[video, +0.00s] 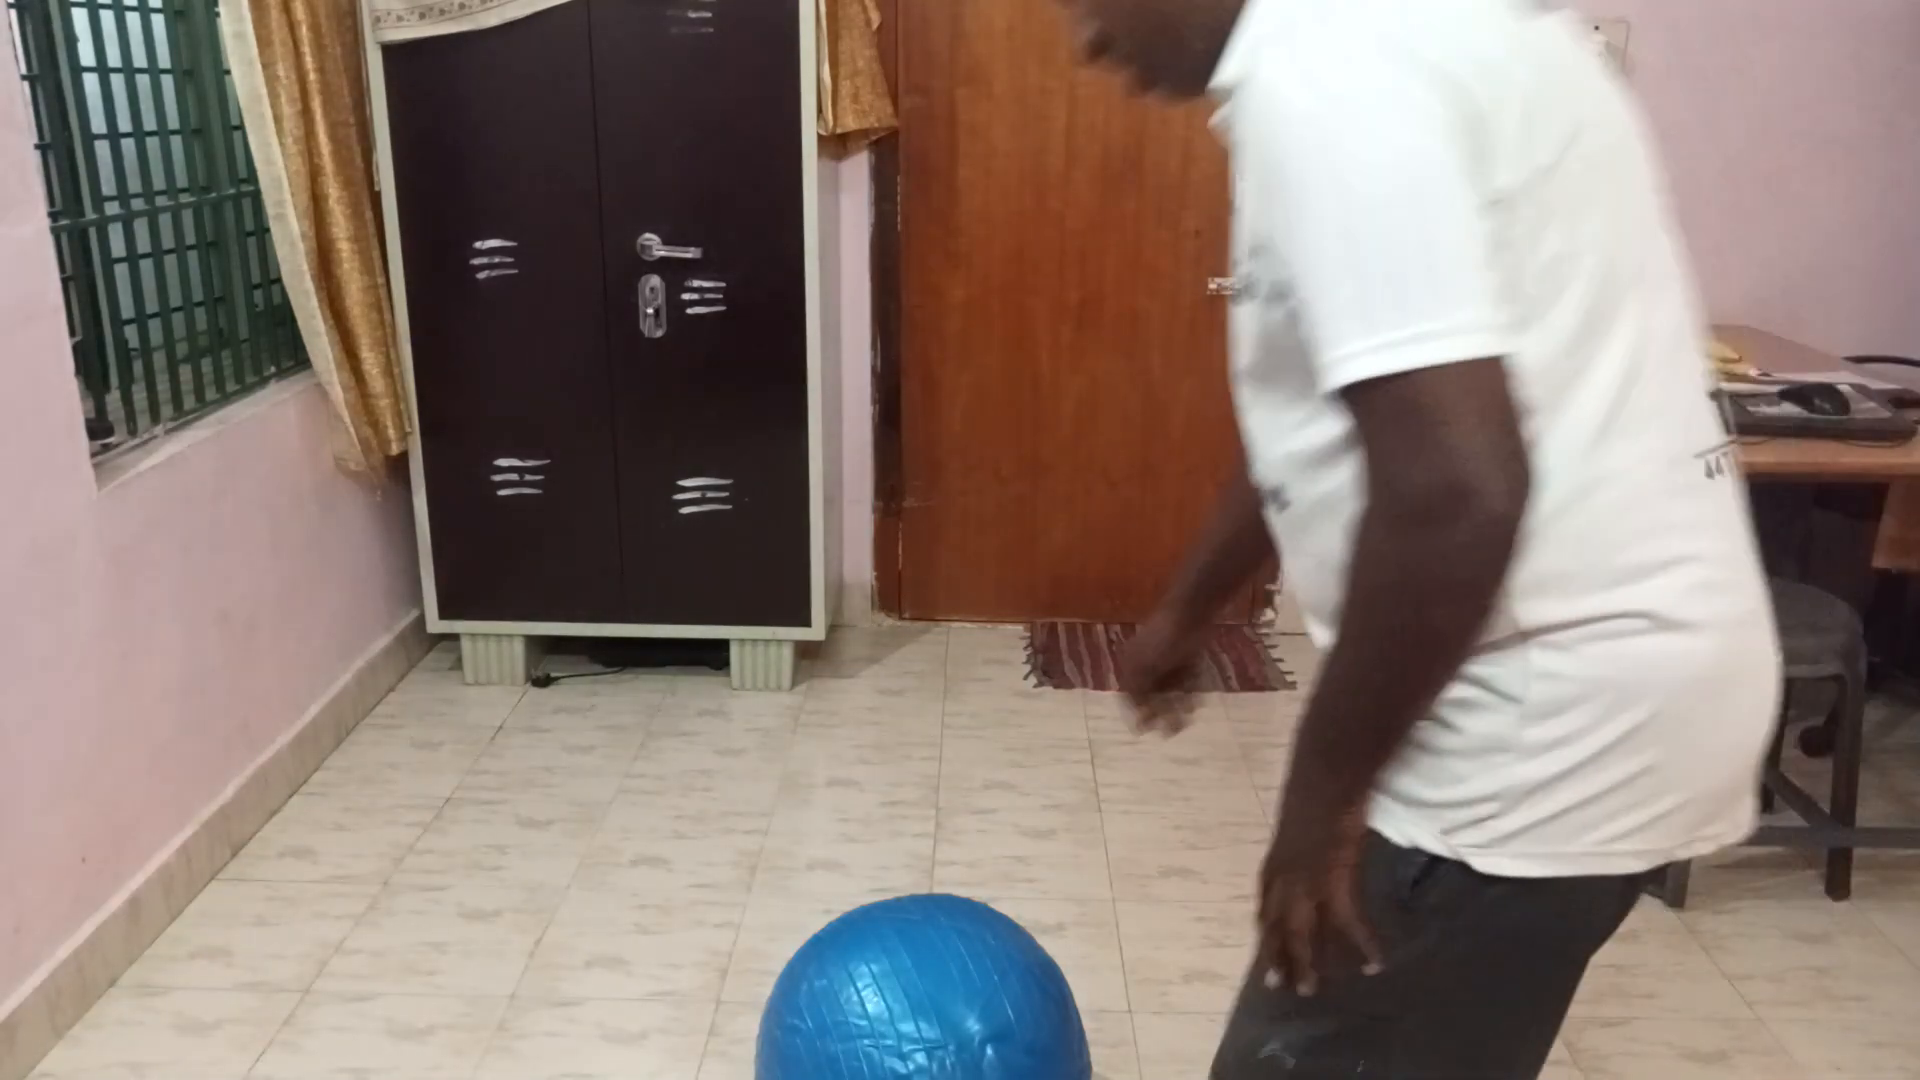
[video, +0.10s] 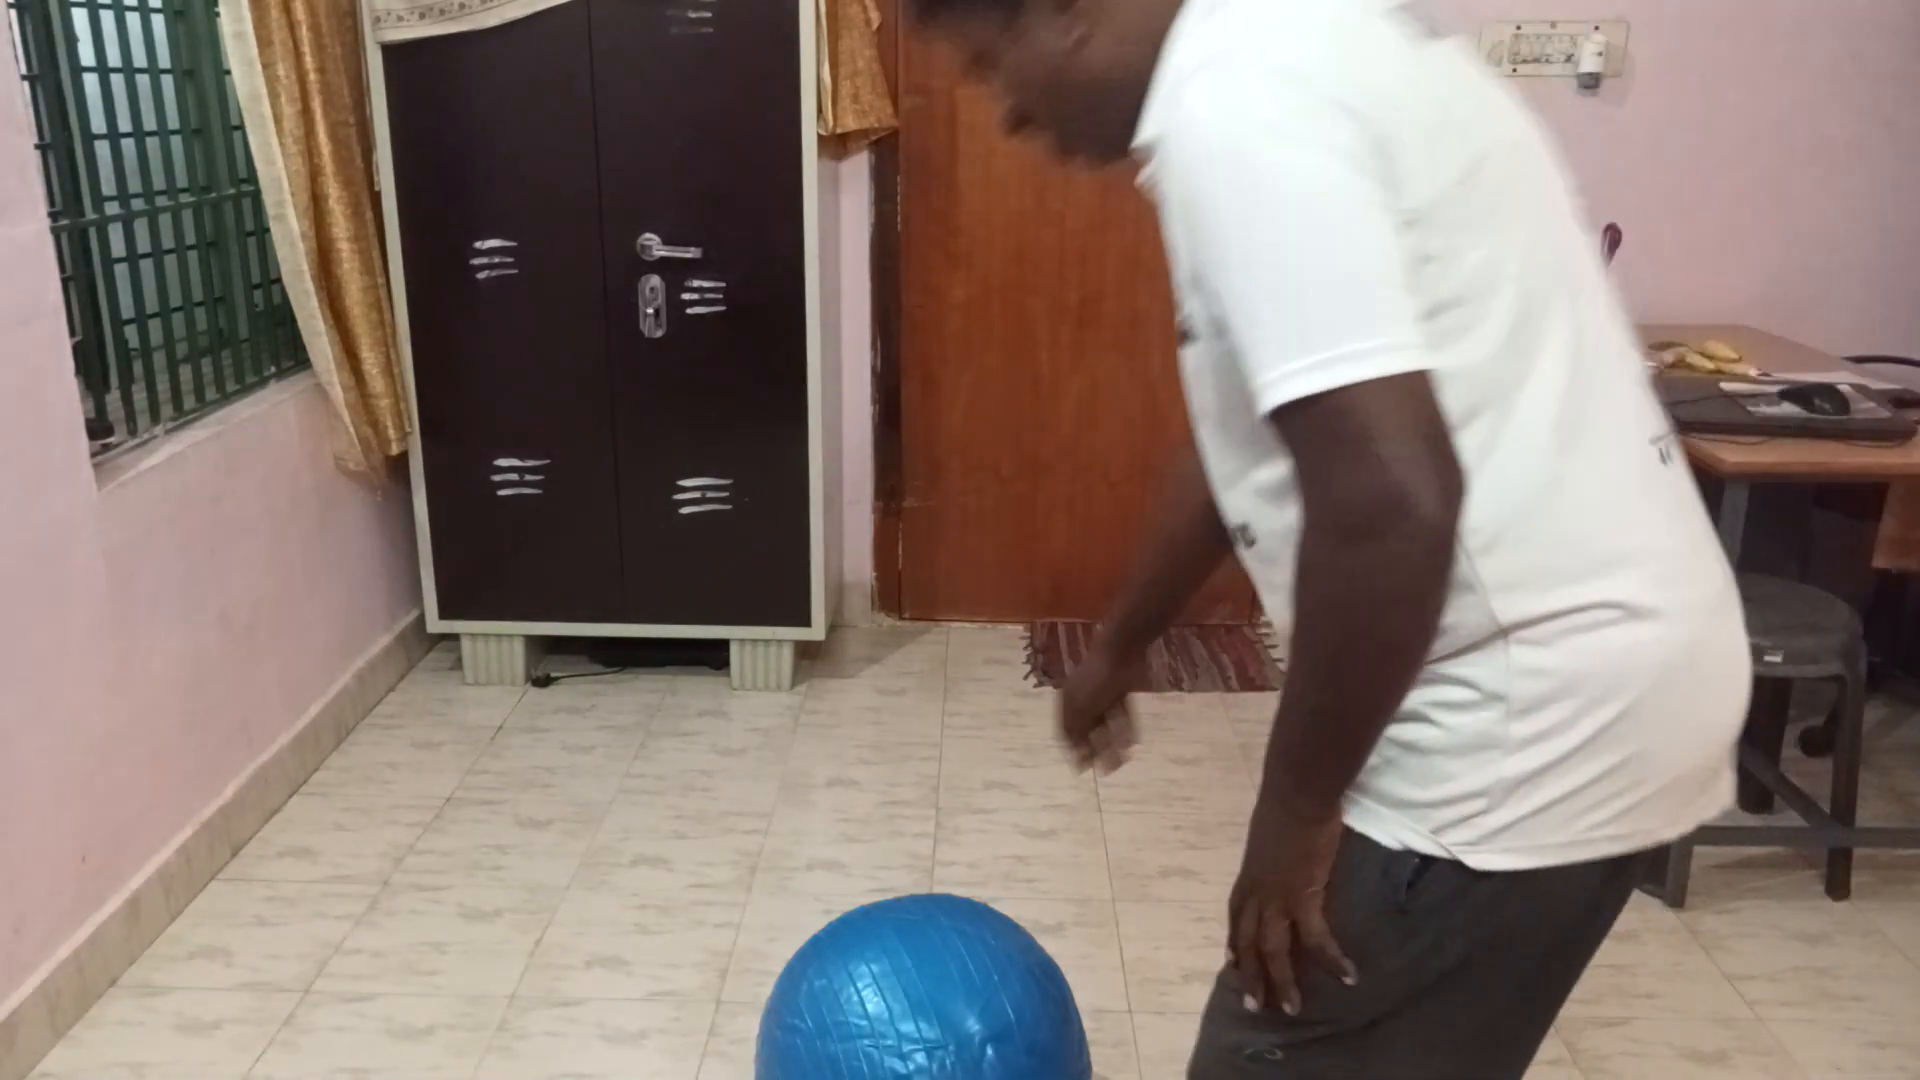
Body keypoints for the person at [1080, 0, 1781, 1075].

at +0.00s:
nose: (1085, 41)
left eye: (1087, 6)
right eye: (1078, 15)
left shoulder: (1323, 64)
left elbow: (1453, 489)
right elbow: (1326, 402)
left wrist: (1320, 802)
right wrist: (1185, 611)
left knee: (1290, 1060)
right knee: (1400, 1053)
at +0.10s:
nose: (999, 106)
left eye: (987, 59)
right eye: (974, 73)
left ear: (1070, 8)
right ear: (1075, 9)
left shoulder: (1235, 98)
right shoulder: (1312, 42)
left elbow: (1387, 500)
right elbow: (1258, 433)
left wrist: (1293, 818)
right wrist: (1119, 648)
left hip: (1514, 729)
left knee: (1268, 1056)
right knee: (1396, 1057)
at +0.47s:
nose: (876, 399)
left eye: (849, 364)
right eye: (847, 376)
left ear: (887, 300)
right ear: (903, 290)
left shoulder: (1058, 275)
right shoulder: (1052, 364)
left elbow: (1333, 461)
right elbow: (1056, 628)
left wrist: (1336, 770)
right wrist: (976, 825)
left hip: (1533, 628)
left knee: (1296, 1028)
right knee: (1272, 830)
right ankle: (1390, 1043)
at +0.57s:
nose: (864, 426)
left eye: (838, 390)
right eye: (835, 402)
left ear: (880, 332)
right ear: (900, 319)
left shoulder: (1033, 300)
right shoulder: (1043, 406)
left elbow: (1313, 452)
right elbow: (1044, 657)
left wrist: (1337, 754)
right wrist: (972, 848)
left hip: (1527, 603)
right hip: (1451, 590)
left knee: (1304, 1012)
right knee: (1279, 818)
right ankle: (1352, 1034)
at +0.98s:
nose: (866, 371)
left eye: (841, 334)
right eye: (838, 346)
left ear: (883, 275)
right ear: (902, 256)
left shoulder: (1010, 259)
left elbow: (1232, 439)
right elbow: (1095, 569)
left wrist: (1284, 722)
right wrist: (990, 737)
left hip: (1465, 587)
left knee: (1295, 994)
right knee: (1319, 983)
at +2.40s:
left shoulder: (1551, 14)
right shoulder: (1332, 16)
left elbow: (1604, 246)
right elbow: (1314, 261)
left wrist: (1399, 529)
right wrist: (1236, 481)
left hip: (1528, 553)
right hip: (1352, 534)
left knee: (1564, 904)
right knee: (1357, 834)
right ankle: (1331, 1070)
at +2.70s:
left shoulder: (1834, 25)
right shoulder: (1499, 25)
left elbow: (1896, 329)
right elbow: (1429, 297)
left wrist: (1788, 631)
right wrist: (1311, 521)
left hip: (1693, 607)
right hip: (1474, 575)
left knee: (1693, 935)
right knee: (1414, 865)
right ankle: (1340, 1072)